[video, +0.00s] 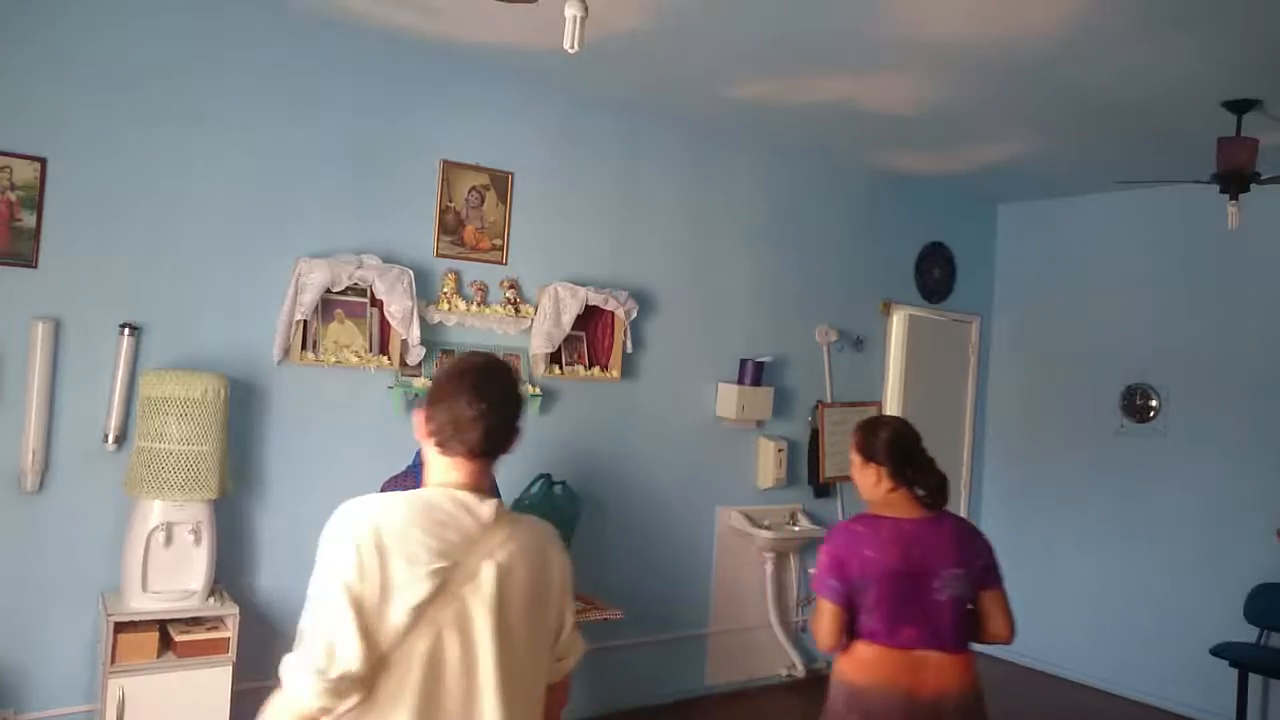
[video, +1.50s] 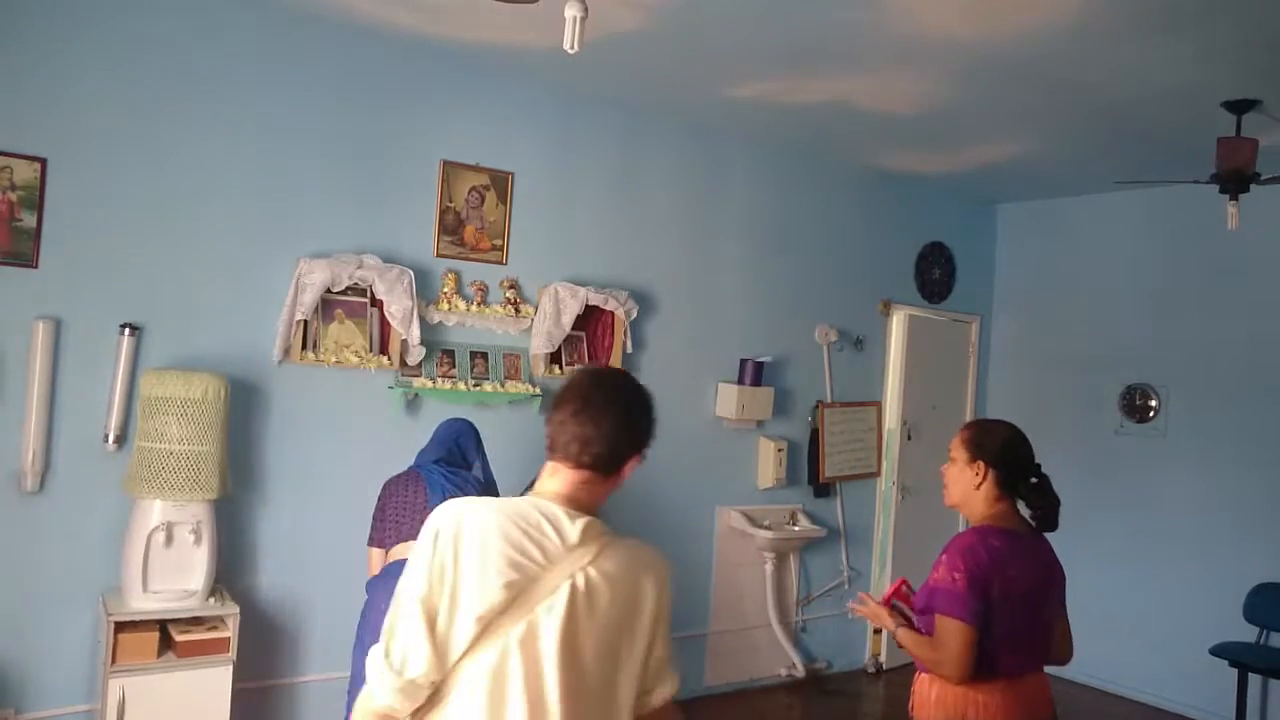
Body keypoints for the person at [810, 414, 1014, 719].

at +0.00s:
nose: (851, 473)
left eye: (854, 463)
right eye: (851, 463)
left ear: (876, 473)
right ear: (912, 465)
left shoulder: (846, 538)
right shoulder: (965, 535)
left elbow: (827, 639)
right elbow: (1000, 629)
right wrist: (940, 618)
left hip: (869, 696)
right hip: (952, 695)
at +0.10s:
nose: (871, 475)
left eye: (874, 466)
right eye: (871, 466)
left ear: (897, 474)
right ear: (932, 466)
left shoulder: (874, 543)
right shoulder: (987, 538)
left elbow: (858, 646)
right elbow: (1020, 629)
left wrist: (847, 601)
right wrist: (958, 620)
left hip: (896, 692)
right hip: (976, 689)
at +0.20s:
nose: (893, 481)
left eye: (896, 472)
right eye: (893, 473)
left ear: (920, 478)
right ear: (955, 472)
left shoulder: (900, 549)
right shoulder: (1005, 540)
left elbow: (896, 657)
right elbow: (1041, 630)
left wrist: (866, 618)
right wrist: (979, 624)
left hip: (925, 692)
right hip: (1002, 688)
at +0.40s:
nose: (917, 475)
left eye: (923, 467)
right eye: (919, 466)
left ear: (950, 480)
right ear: (984, 474)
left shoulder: (938, 548)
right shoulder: (1028, 540)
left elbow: (934, 657)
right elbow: (1062, 629)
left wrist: (890, 620)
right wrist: (996, 629)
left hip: (961, 693)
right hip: (1030, 686)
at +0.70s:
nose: (935, 468)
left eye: (943, 460)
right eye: (939, 459)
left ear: (971, 474)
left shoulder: (962, 543)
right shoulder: (1034, 534)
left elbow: (959, 652)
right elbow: (1057, 628)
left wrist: (899, 617)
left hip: (973, 687)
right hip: (1034, 676)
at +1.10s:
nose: (938, 471)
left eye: (949, 463)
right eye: (944, 462)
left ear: (977, 477)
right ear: (979, 478)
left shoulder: (983, 549)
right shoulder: (1032, 539)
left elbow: (989, 663)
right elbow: (1043, 636)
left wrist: (913, 633)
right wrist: (938, 621)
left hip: (988, 699)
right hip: (1039, 686)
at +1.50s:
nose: (942, 471)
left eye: (951, 461)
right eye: (947, 461)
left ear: (978, 473)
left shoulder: (965, 550)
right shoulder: (1040, 547)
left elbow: (953, 665)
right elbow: (1060, 650)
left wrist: (895, 626)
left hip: (962, 701)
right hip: (1028, 695)